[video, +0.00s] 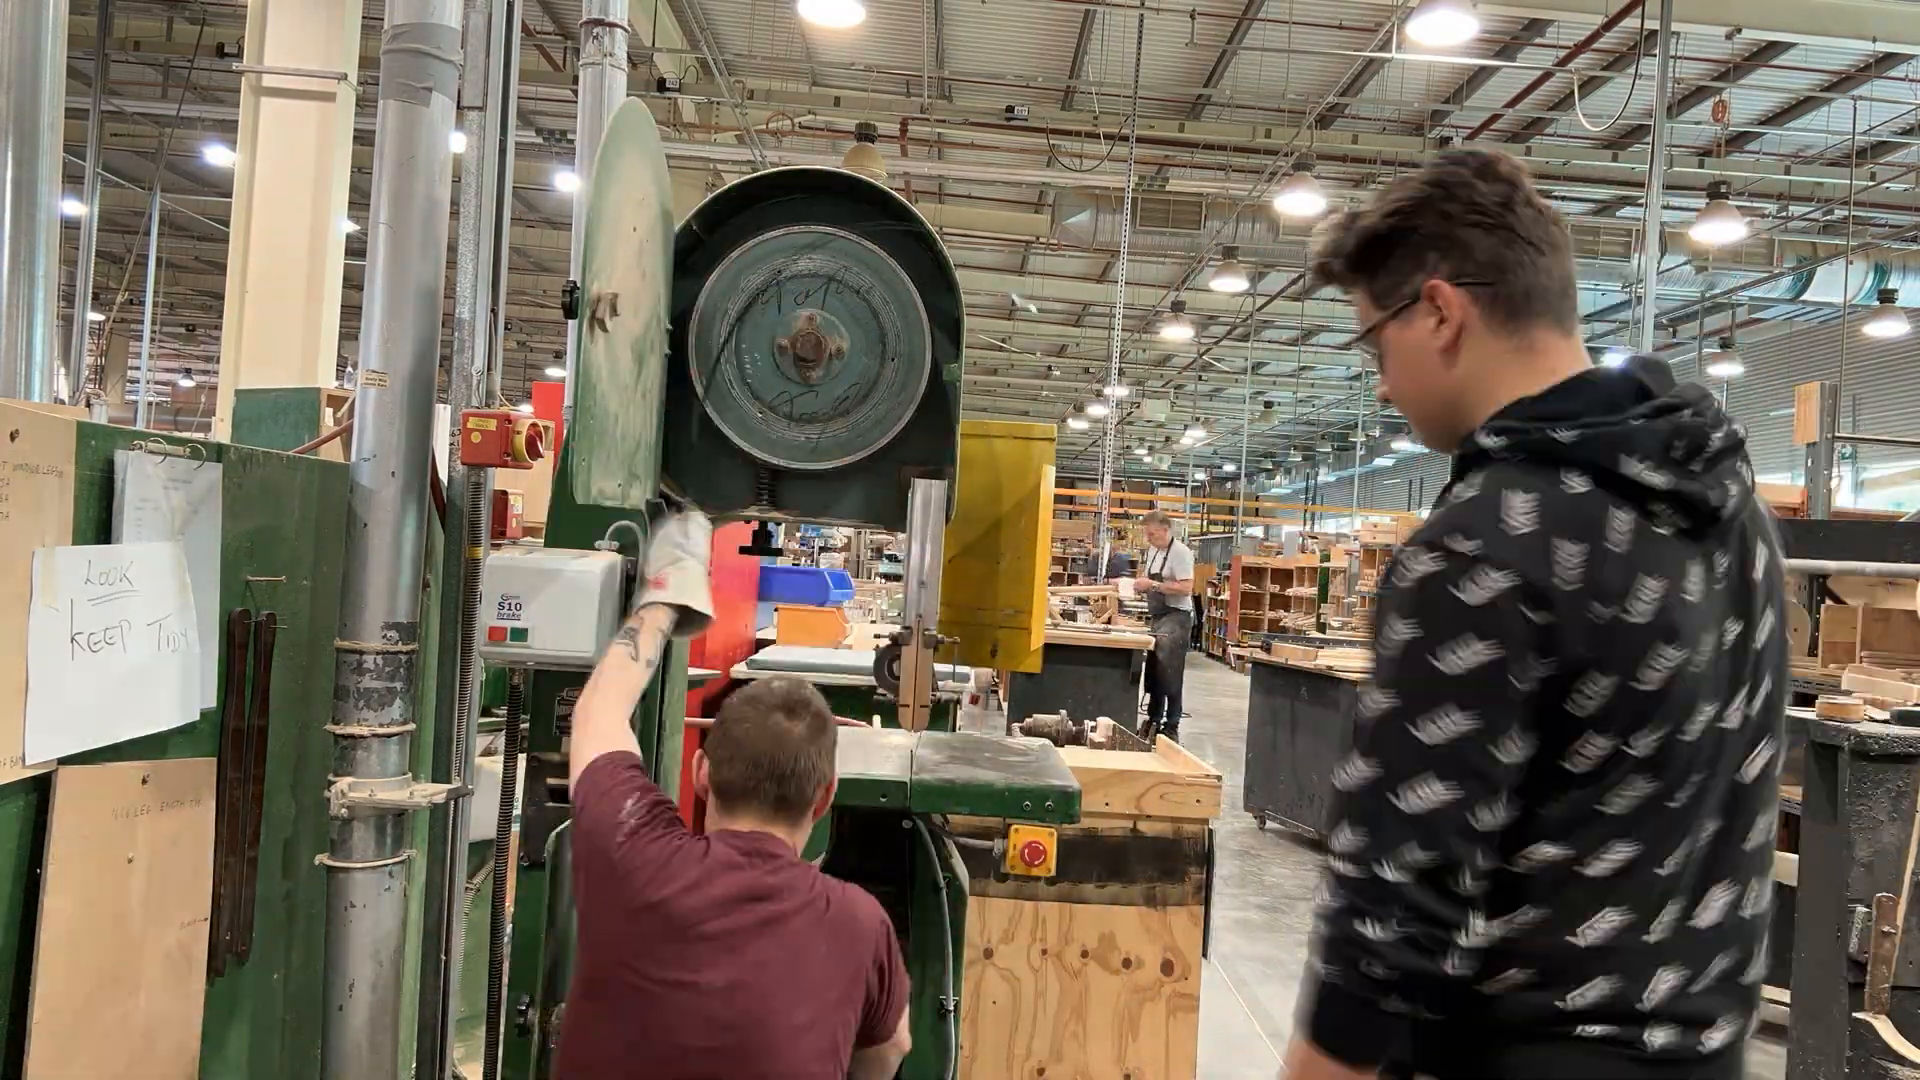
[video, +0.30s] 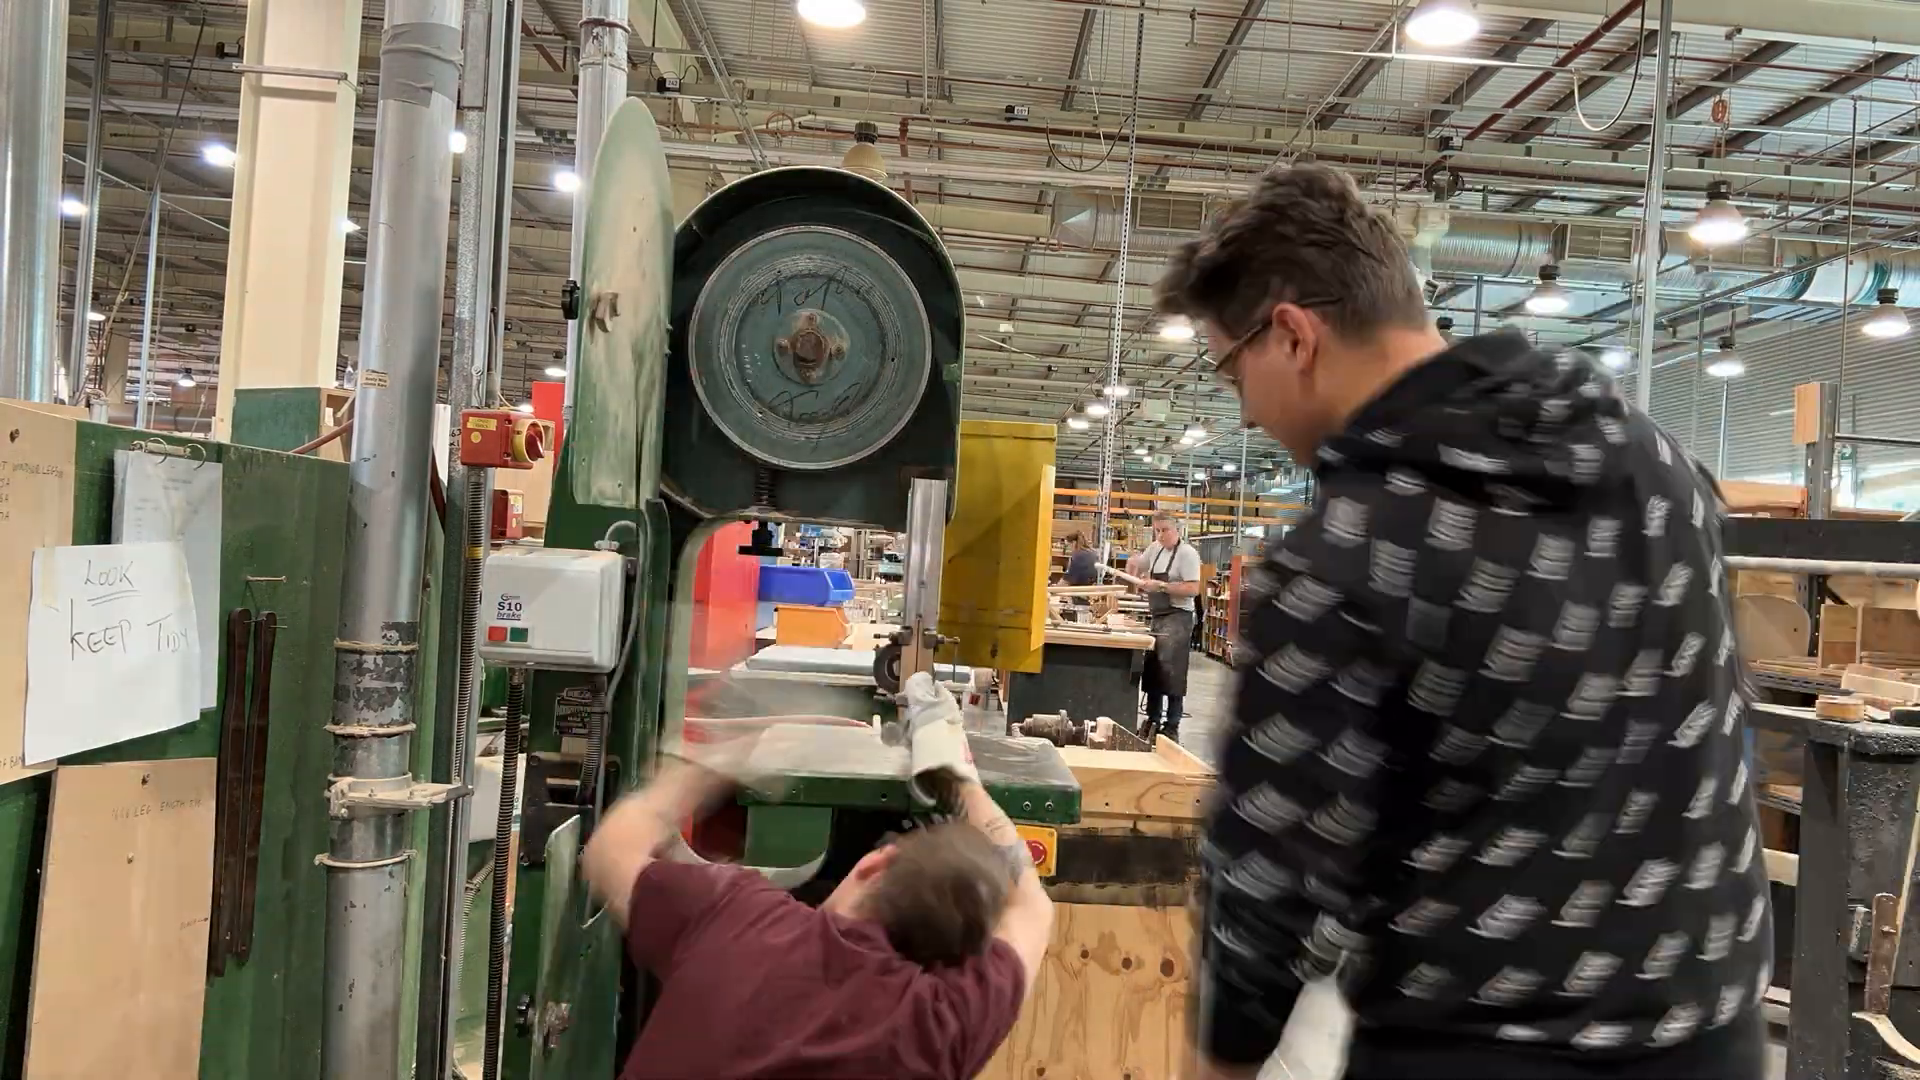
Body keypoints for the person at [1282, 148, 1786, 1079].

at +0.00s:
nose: (1380, 385)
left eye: (1377, 343)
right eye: (1371, 352)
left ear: (1443, 313)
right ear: (1551, 301)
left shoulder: (1484, 545)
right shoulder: (1718, 490)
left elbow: (1392, 904)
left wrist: (1331, 1052)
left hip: (1529, 1037)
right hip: (1704, 1028)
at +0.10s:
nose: (1500, 363)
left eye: (1504, 320)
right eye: (1495, 326)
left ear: (1578, 302)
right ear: (1669, 297)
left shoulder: (1593, 521)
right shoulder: (1810, 493)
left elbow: (1526, 853)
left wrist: (1447, 1050)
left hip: (1621, 1036)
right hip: (1799, 1026)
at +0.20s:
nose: (1555, 409)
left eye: (1555, 370)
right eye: (1546, 381)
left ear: (1636, 331)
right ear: (1637, 334)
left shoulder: (1737, 527)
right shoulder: (1812, 492)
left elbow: (1667, 892)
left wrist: (1543, 1071)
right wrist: (1549, 955)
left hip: (1727, 1043)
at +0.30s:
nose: (1242, 411)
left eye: (1233, 369)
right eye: (1228, 377)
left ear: (1295, 336)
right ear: (1404, 305)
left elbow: (1267, 877)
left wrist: (1226, 1050)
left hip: (1469, 1042)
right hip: (1713, 1031)